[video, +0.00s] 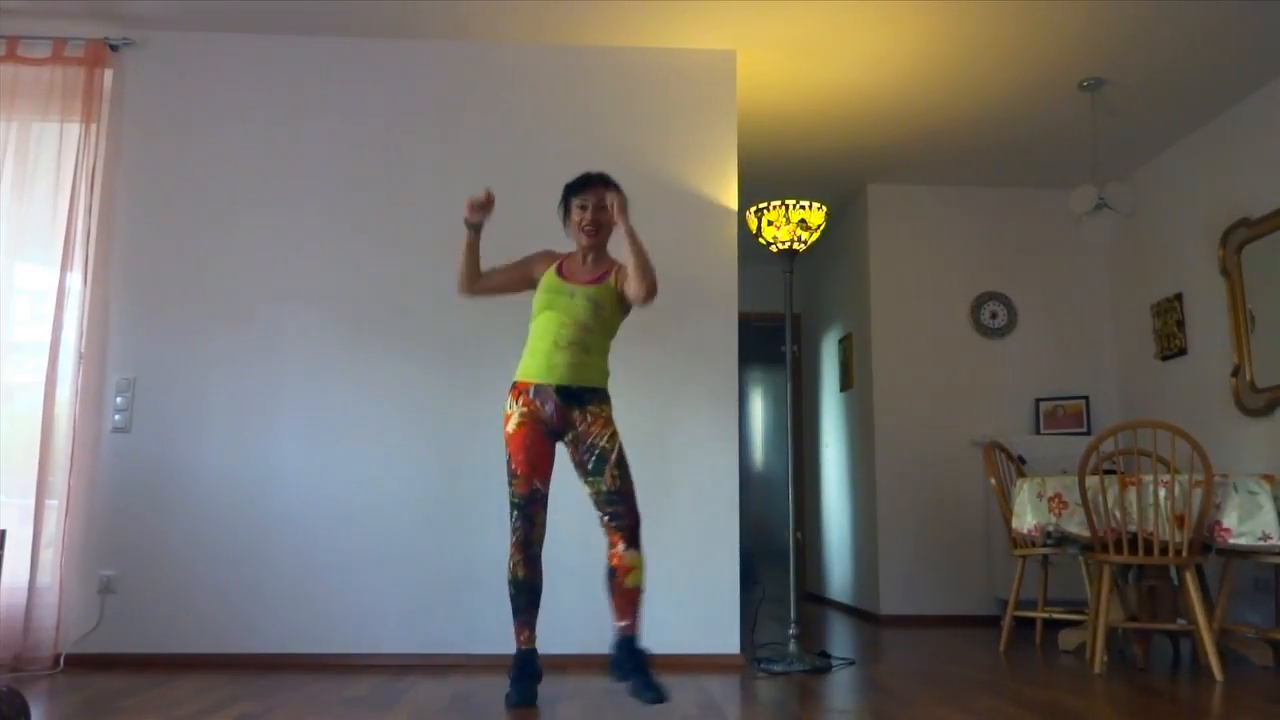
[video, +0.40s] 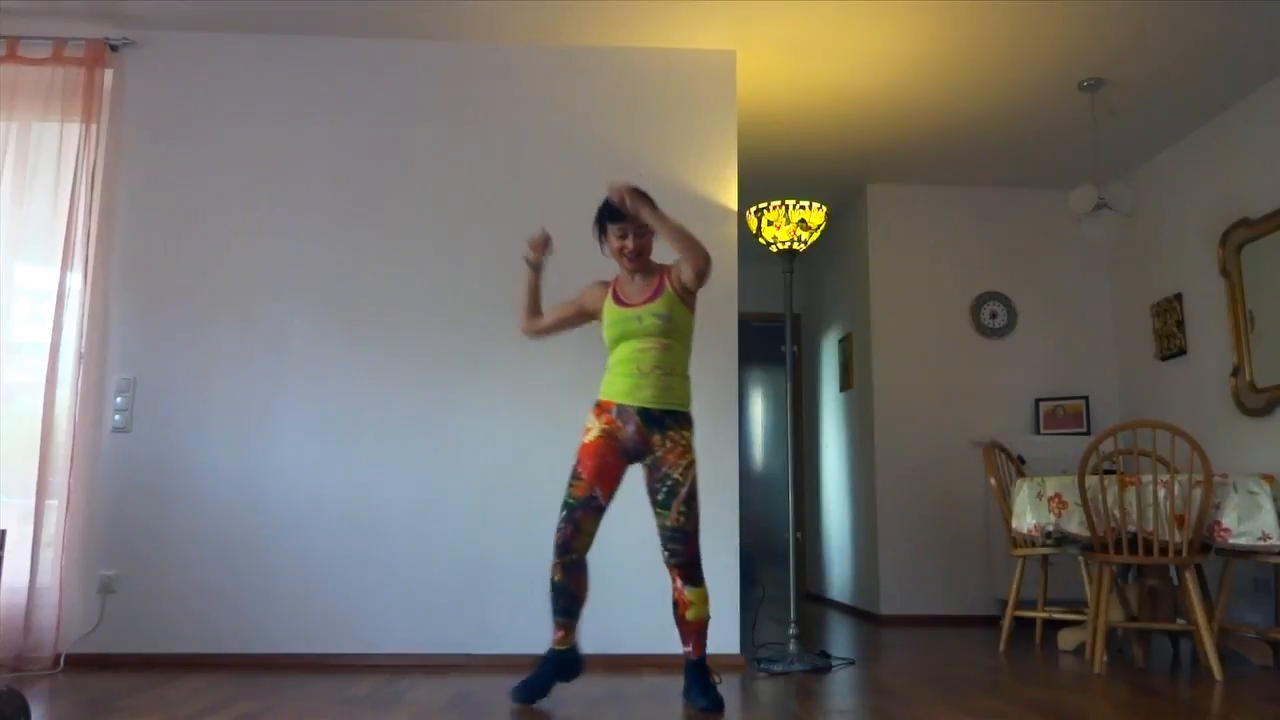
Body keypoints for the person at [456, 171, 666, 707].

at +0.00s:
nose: (591, 217)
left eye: (600, 210)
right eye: (581, 208)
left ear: (612, 220)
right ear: (567, 216)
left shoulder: (619, 272)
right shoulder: (547, 264)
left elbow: (644, 290)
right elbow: (471, 284)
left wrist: (626, 226)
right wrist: (473, 229)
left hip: (589, 408)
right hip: (530, 403)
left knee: (625, 528)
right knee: (526, 534)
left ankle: (627, 650)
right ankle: (525, 658)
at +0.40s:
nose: (629, 244)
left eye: (635, 234)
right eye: (618, 237)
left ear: (651, 234)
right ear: (605, 244)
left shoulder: (675, 279)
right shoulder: (601, 295)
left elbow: (699, 261)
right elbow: (533, 324)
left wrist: (651, 212)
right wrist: (534, 265)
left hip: (669, 423)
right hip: (610, 420)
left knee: (682, 550)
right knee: (569, 538)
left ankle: (697, 670)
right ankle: (563, 652)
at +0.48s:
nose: (639, 251)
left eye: (648, 241)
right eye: (628, 243)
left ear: (663, 242)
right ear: (613, 250)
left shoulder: (687, 285)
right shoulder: (608, 303)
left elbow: (722, 320)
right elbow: (568, 366)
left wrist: (667, 281)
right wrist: (557, 321)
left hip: (686, 430)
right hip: (627, 432)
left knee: (695, 551)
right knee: (585, 531)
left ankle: (699, 672)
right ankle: (608, 650)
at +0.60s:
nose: (647, 263)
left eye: (656, 253)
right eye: (636, 254)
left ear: (671, 251)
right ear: (620, 256)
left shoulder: (696, 304)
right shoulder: (611, 311)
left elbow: (736, 376)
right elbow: (600, 375)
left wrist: (693, 395)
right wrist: (581, 397)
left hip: (697, 439)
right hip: (640, 443)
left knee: (703, 551)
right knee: (628, 541)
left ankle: (697, 672)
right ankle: (698, 660)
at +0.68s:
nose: (655, 263)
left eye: (664, 252)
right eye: (645, 252)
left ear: (677, 255)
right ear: (626, 257)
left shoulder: (699, 314)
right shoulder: (611, 315)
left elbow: (731, 387)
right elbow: (592, 375)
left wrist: (730, 438)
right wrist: (592, 424)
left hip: (700, 442)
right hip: (643, 448)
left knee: (702, 560)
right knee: (662, 553)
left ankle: (699, 684)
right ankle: (728, 675)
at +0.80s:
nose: (673, 235)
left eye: (676, 227)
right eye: (660, 227)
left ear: (680, 239)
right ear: (632, 240)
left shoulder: (695, 302)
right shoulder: (606, 302)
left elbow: (740, 360)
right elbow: (574, 357)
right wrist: (598, 413)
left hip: (701, 433)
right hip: (644, 438)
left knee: (707, 550)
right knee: (657, 548)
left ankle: (700, 673)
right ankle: (714, 673)